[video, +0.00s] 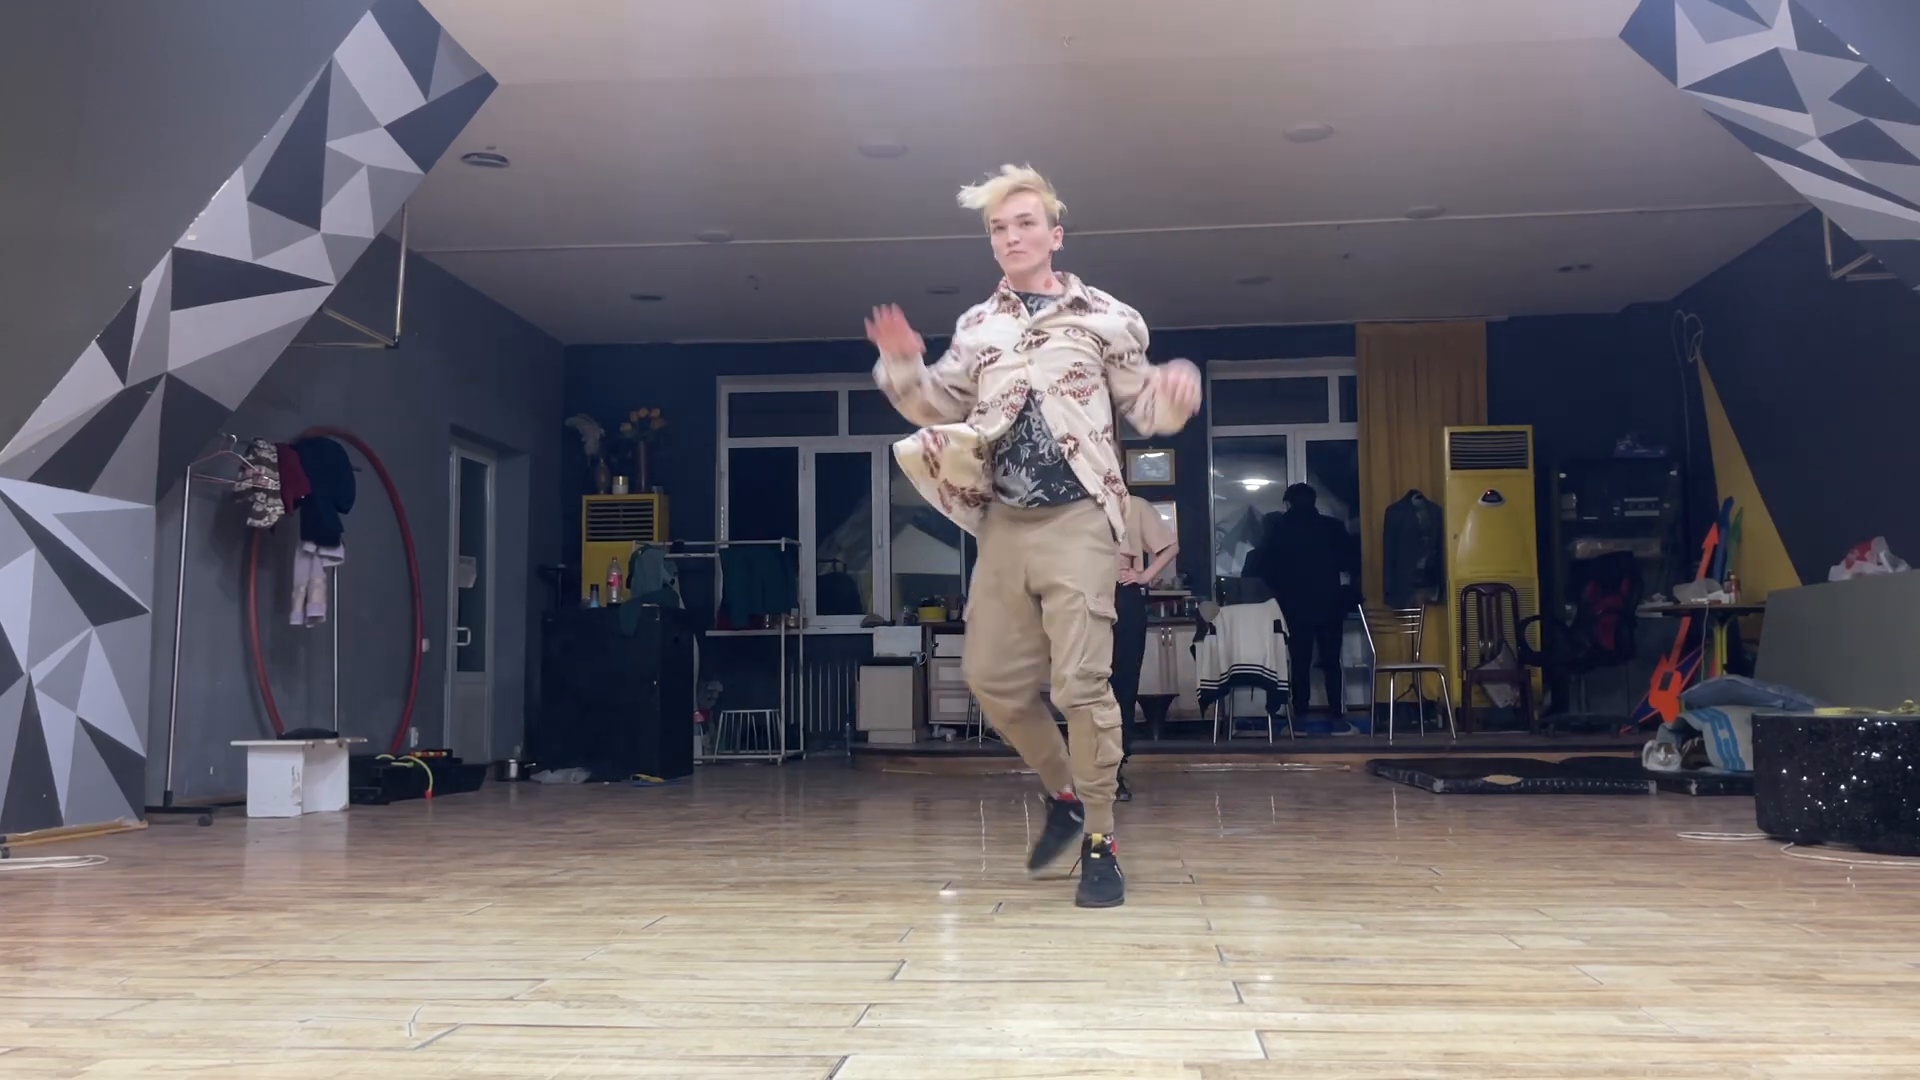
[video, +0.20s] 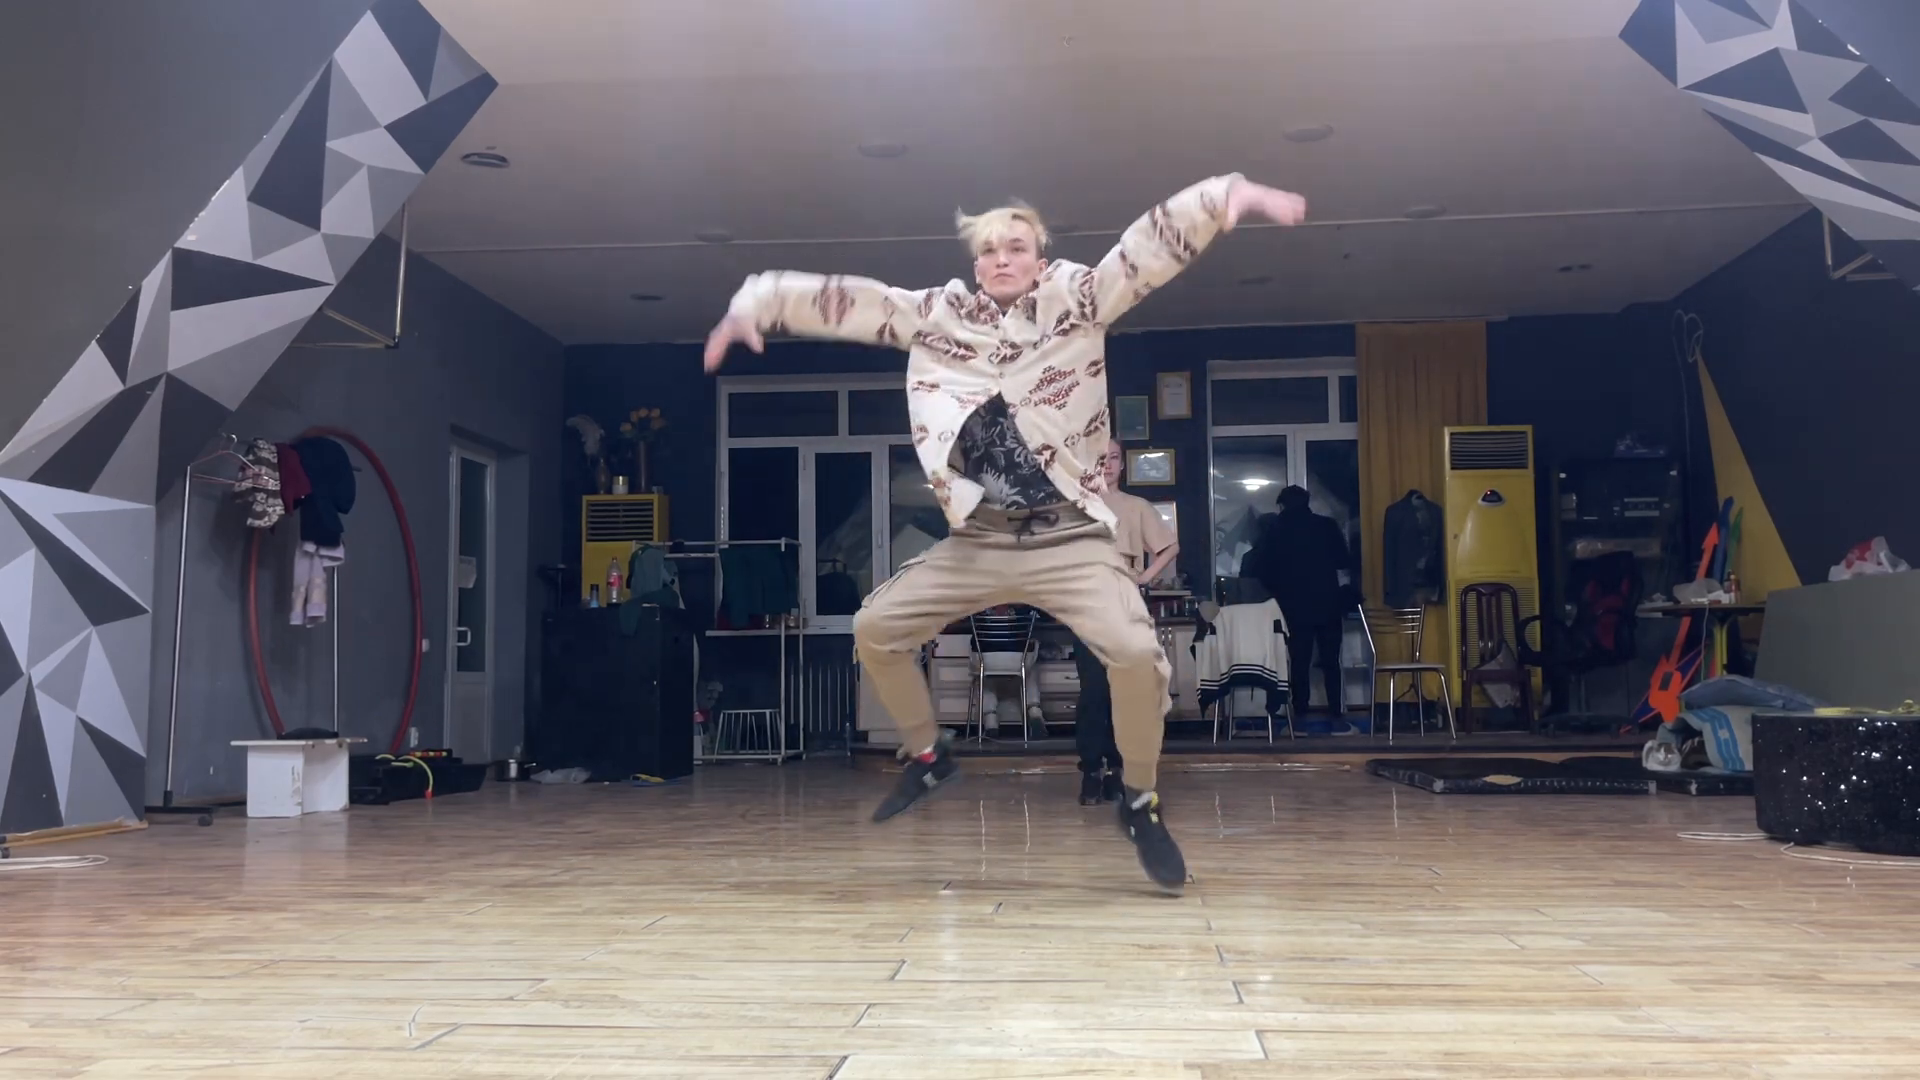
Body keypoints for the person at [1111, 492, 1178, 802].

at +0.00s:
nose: (1109, 481)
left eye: (1112, 475)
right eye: (1103, 477)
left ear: (1120, 476)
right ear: (1093, 481)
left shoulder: (1136, 507)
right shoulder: (1082, 509)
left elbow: (1170, 546)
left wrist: (1145, 575)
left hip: (1126, 593)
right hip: (1088, 593)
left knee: (1123, 679)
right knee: (1091, 678)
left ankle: (1116, 768)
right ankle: (1092, 768)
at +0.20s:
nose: (1106, 464)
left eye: (1112, 458)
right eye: (1101, 458)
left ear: (1122, 464)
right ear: (1091, 464)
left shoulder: (1136, 506)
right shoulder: (1077, 504)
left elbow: (1169, 546)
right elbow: (1063, 549)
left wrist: (1145, 576)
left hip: (1125, 598)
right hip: (1086, 600)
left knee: (1122, 685)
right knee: (1092, 686)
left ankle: (1118, 769)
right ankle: (1091, 770)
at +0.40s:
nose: (1108, 464)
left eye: (1114, 458)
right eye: (1101, 458)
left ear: (1123, 464)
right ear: (1089, 465)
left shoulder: (1139, 507)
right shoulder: (1073, 505)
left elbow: (1171, 547)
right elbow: (1050, 546)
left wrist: (1146, 576)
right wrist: (1069, 579)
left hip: (1126, 600)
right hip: (1083, 601)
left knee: (1124, 692)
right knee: (1089, 688)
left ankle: (1116, 783)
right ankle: (1090, 778)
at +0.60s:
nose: (1110, 464)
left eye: (1115, 458)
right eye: (1102, 458)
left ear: (1124, 464)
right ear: (1088, 466)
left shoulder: (1138, 507)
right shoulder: (1074, 507)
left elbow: (1171, 547)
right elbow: (1042, 548)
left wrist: (1147, 575)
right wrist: (1069, 579)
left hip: (1128, 601)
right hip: (1087, 602)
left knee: (1125, 690)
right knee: (1094, 689)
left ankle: (1116, 772)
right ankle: (1091, 773)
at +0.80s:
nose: (1108, 464)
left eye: (1114, 457)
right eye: (1101, 458)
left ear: (1123, 463)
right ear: (1090, 464)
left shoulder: (1139, 506)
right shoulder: (1073, 505)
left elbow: (1171, 546)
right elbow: (1047, 547)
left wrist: (1147, 575)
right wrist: (1067, 582)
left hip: (1129, 600)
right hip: (1087, 602)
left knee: (1125, 691)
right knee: (1094, 689)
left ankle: (1116, 773)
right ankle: (1091, 774)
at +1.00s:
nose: (1108, 463)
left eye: (1114, 457)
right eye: (1100, 457)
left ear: (1123, 462)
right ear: (1090, 463)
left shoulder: (1139, 506)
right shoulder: (1073, 505)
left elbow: (1172, 547)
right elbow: (1044, 549)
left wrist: (1147, 576)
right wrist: (1066, 582)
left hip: (1130, 600)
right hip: (1090, 601)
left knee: (1124, 689)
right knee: (1094, 689)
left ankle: (1115, 772)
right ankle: (1091, 772)